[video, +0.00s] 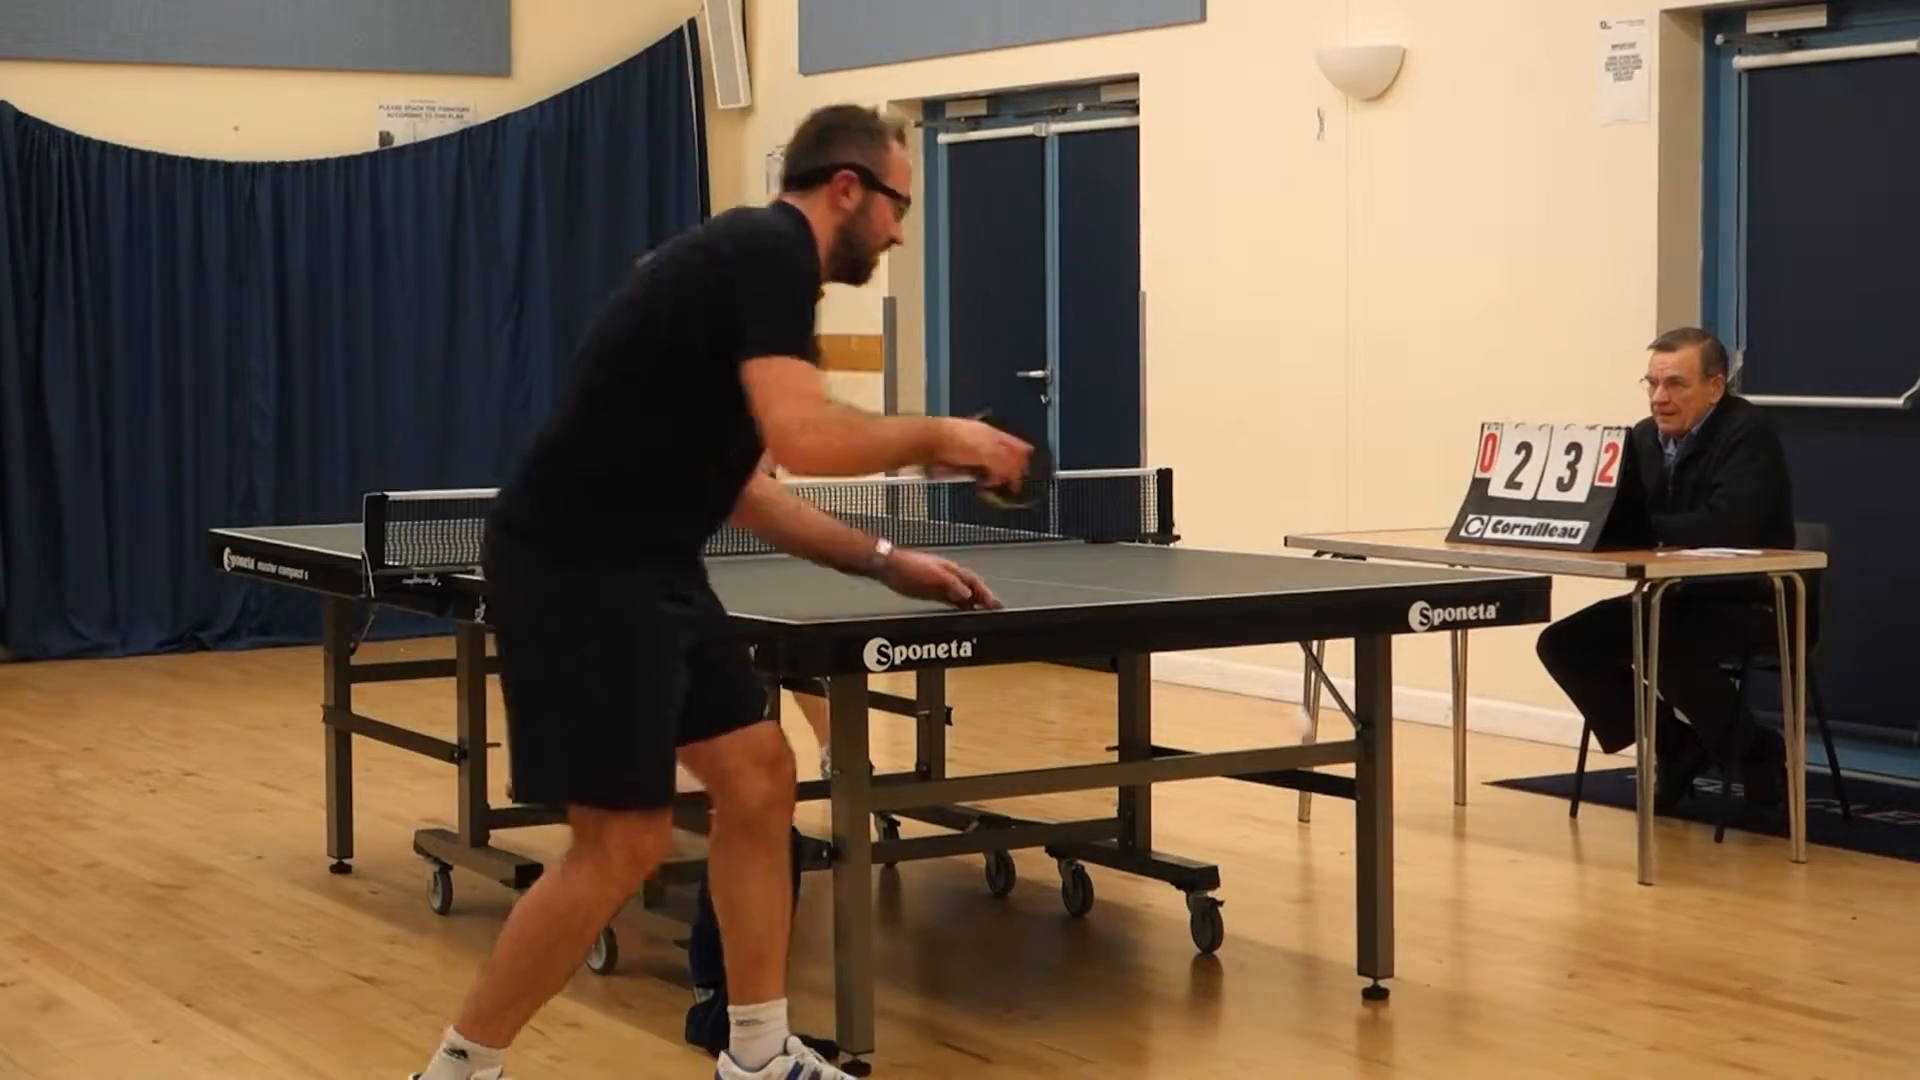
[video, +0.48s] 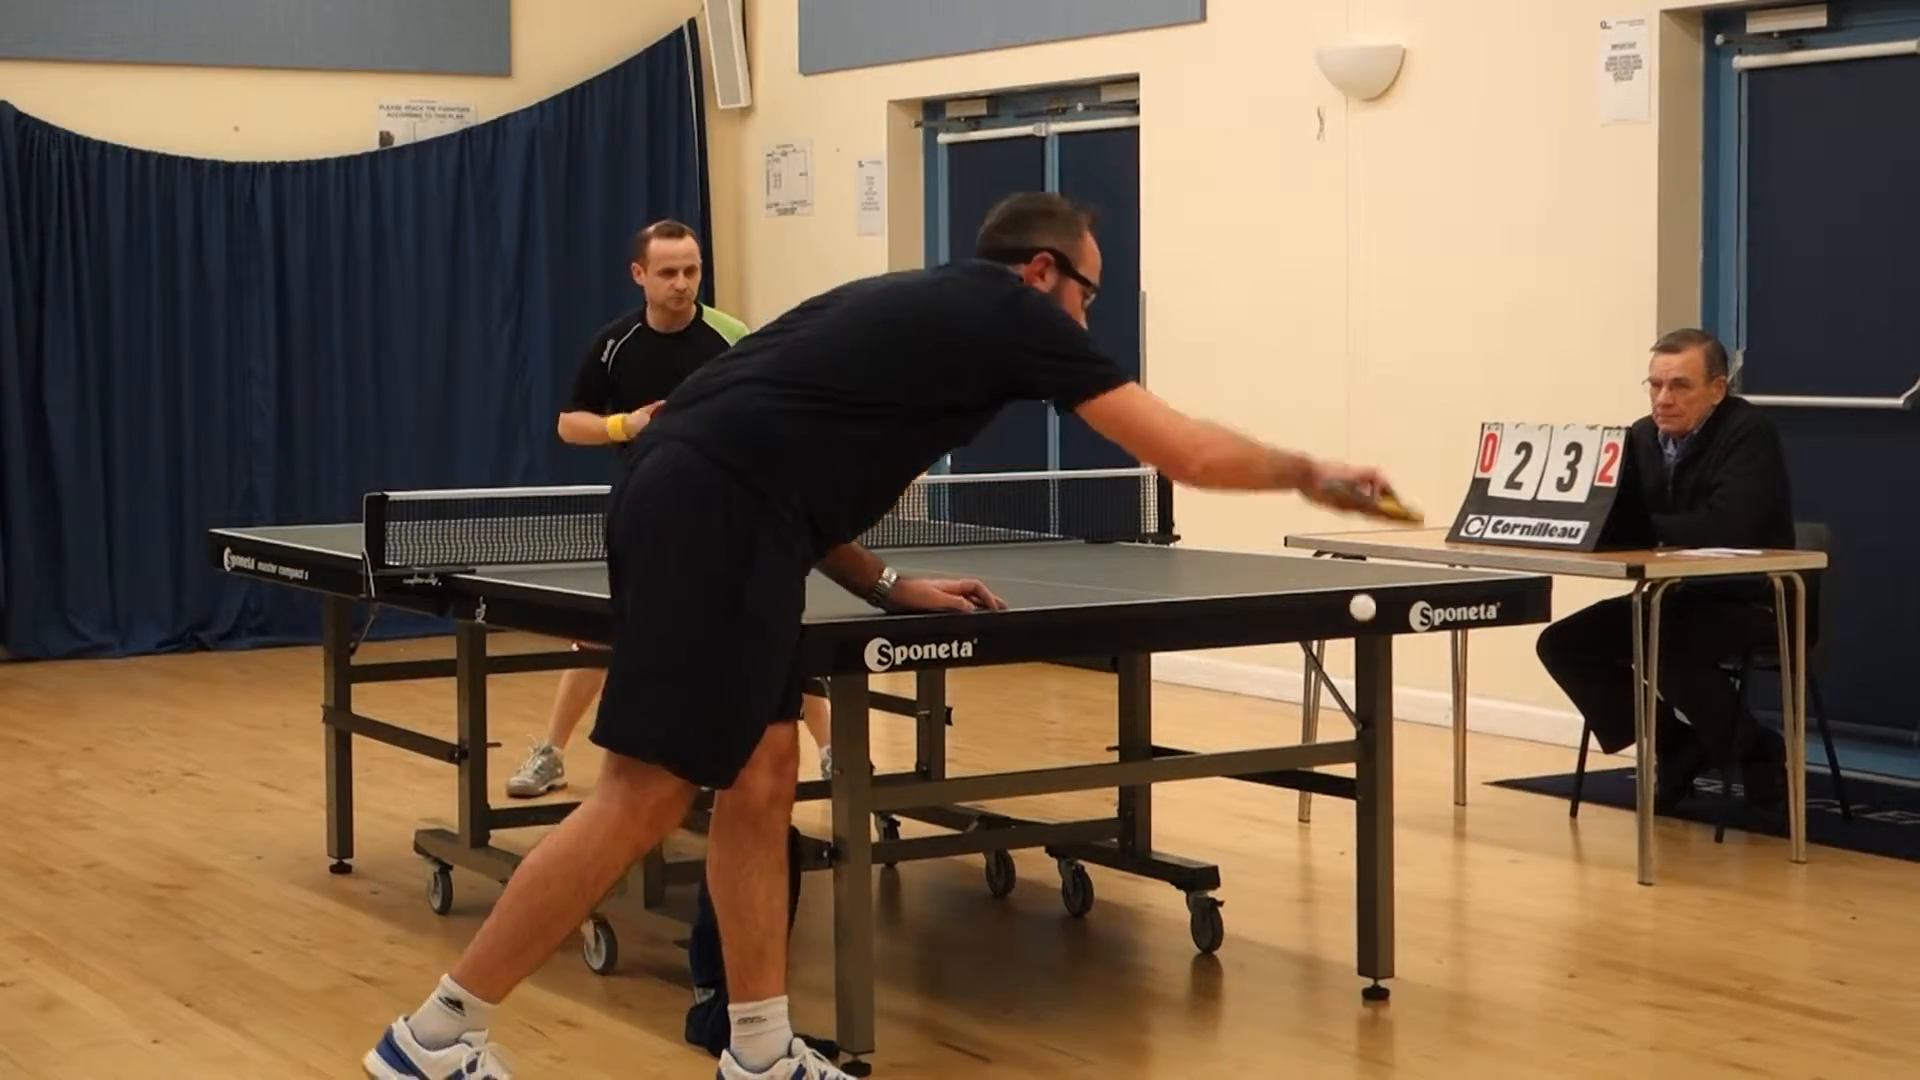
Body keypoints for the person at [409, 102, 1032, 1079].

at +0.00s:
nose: (900, 231)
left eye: (905, 207)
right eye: (898, 202)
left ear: (826, 190)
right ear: (846, 189)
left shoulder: (734, 266)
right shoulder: (768, 245)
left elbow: (744, 491)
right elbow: (798, 432)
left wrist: (888, 561)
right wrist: (940, 435)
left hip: (650, 565)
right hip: (573, 564)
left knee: (758, 773)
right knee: (622, 842)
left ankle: (758, 1052)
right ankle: (455, 1064)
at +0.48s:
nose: (1092, 308)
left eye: (1094, 292)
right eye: (1088, 289)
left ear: (998, 262)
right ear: (1046, 269)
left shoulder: (904, 308)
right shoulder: (1020, 311)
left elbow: (781, 474)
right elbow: (1181, 452)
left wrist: (891, 586)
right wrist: (1311, 472)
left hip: (723, 513)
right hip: (700, 502)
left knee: (764, 767)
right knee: (639, 800)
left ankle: (759, 1047)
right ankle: (436, 1028)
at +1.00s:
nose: (1040, 282)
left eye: (1048, 263)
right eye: (1040, 255)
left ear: (979, 229)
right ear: (985, 226)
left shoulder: (875, 276)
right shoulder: (931, 285)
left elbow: (787, 490)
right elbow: (862, 471)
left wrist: (896, 573)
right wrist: (988, 571)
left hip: (721, 525)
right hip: (669, 514)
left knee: (779, 775)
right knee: (655, 809)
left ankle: (759, 1054)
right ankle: (472, 1058)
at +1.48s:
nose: (884, 228)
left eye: (890, 207)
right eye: (883, 201)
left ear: (816, 181)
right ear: (827, 179)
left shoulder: (737, 252)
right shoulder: (744, 257)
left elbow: (726, 468)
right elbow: (719, 470)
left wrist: (886, 451)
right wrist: (867, 443)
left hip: (623, 562)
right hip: (557, 562)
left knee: (754, 765)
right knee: (616, 849)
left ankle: (725, 1047)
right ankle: (461, 1071)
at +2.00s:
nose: (979, 317)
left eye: (988, 297)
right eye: (983, 291)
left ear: (921, 259)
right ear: (943, 265)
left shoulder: (838, 310)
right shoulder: (847, 310)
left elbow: (831, 523)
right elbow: (815, 516)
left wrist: (961, 480)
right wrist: (932, 426)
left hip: (675, 565)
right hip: (618, 562)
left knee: (791, 783)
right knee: (693, 854)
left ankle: (733, 1052)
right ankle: (476, 1059)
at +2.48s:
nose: (971, 292)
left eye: (982, 273)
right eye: (979, 267)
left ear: (927, 222)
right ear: (948, 231)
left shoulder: (839, 326)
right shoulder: (829, 236)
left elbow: (813, 503)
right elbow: (872, 379)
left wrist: (962, 573)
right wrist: (976, 290)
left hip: (690, 552)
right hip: (617, 538)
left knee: (789, 777)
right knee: (644, 840)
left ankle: (732, 1050)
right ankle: (403, 1053)